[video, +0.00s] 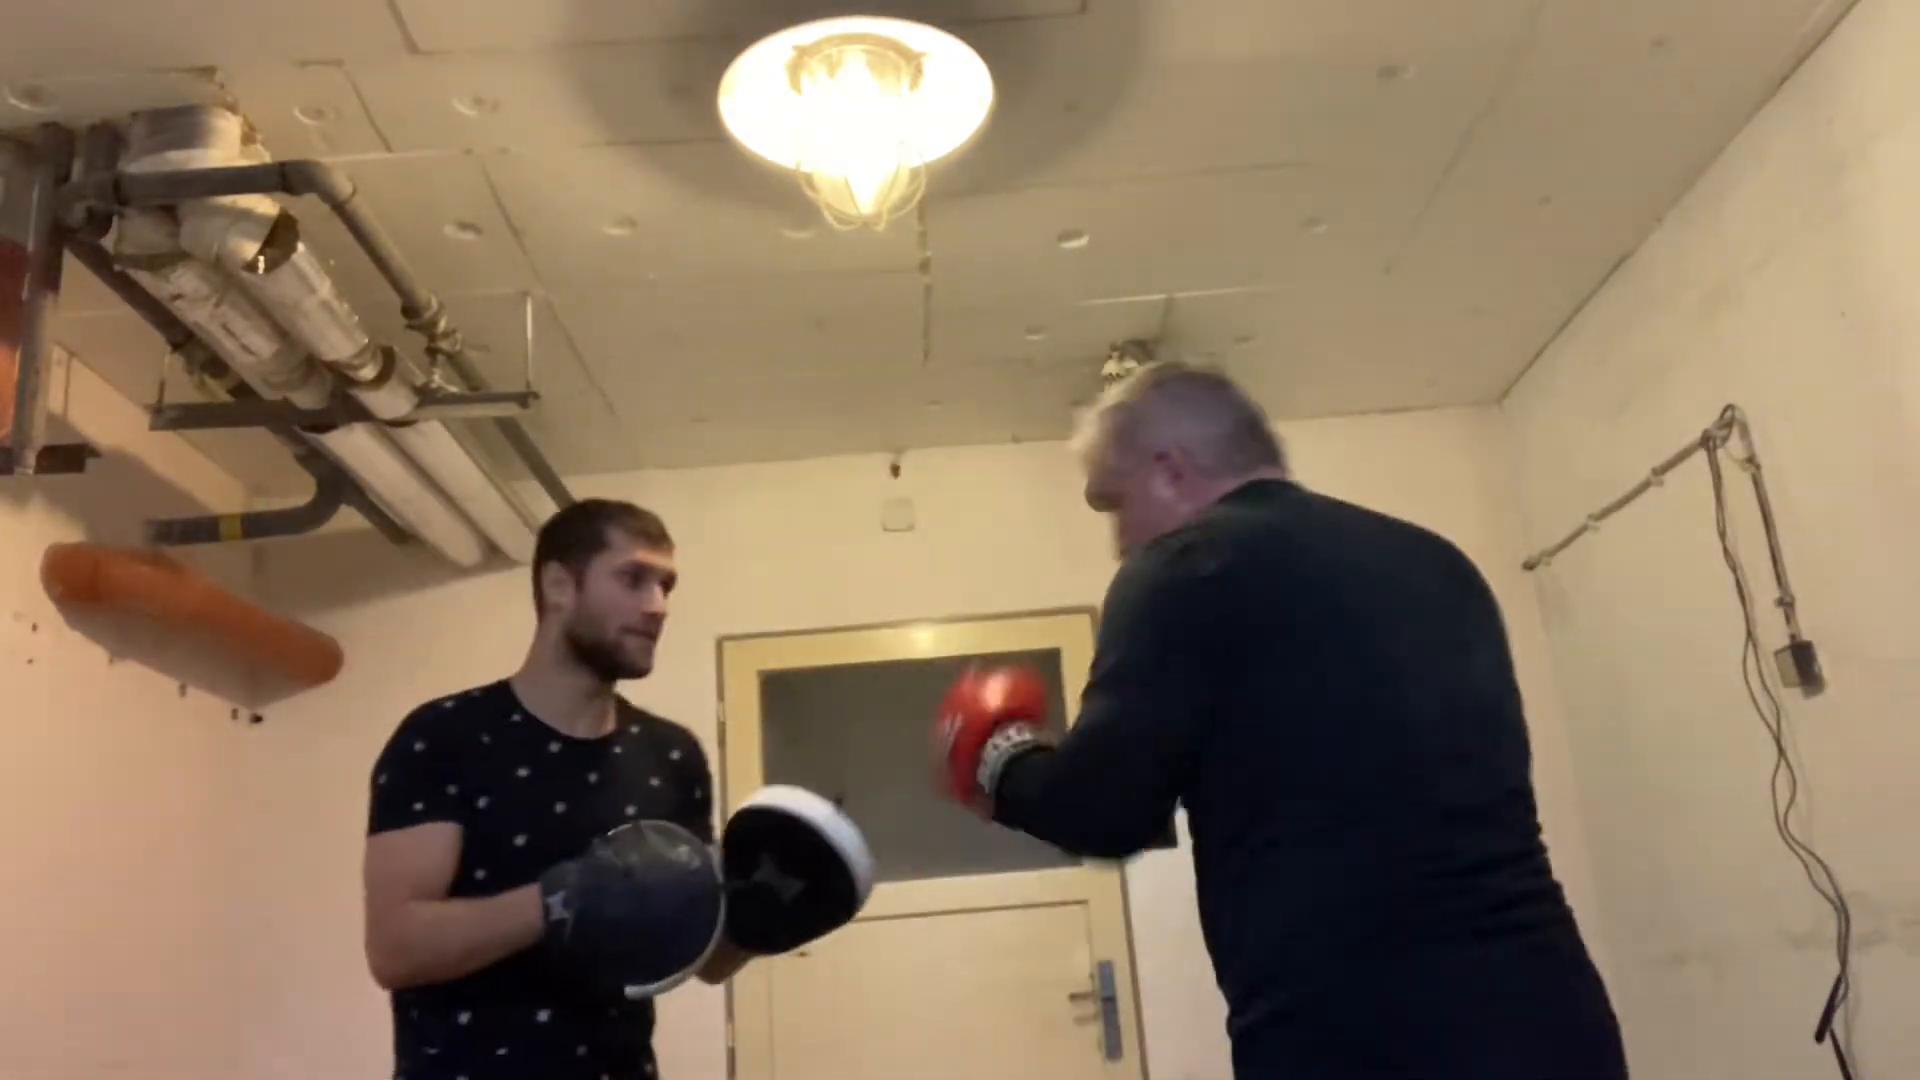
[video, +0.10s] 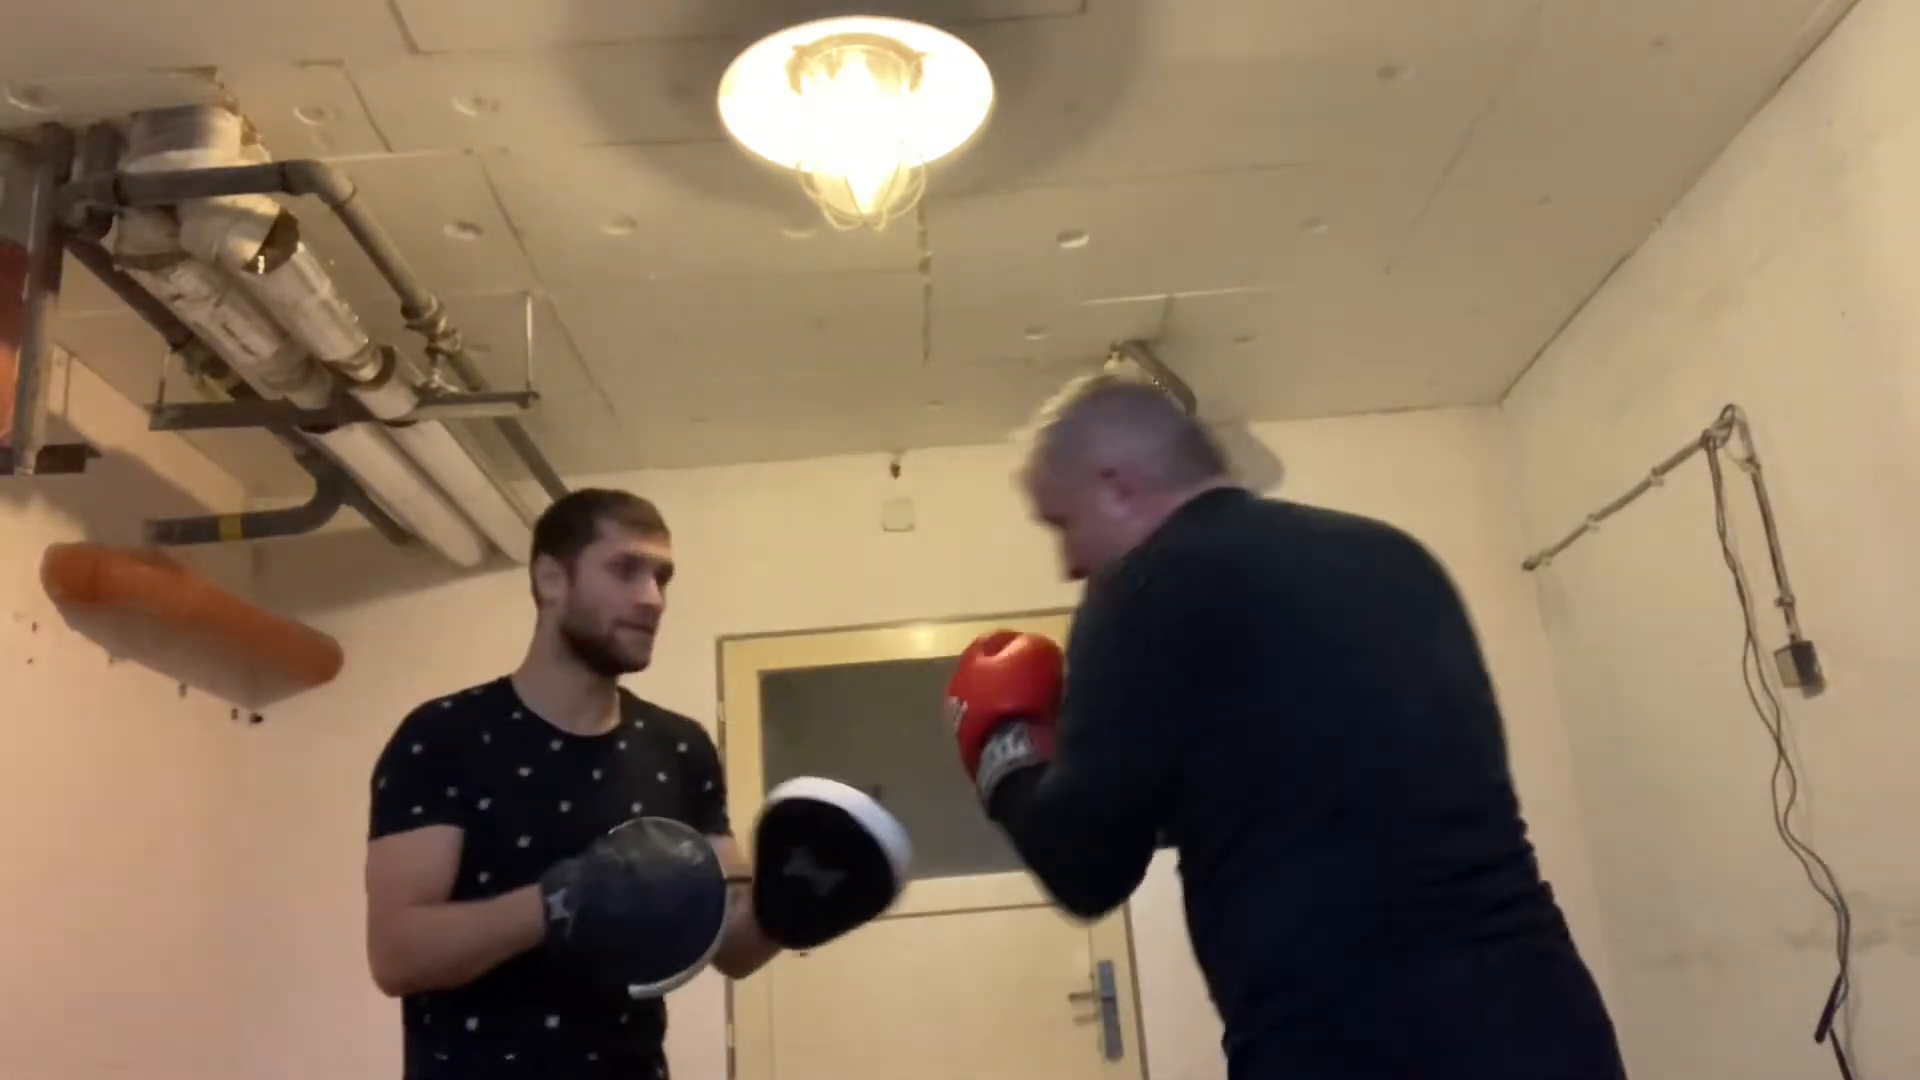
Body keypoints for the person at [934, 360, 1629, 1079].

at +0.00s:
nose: (1118, 546)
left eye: (1113, 508)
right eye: (1107, 516)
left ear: (1170, 473)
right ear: (1262, 458)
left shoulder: (1178, 577)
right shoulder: (1437, 560)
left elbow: (1112, 805)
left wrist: (999, 759)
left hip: (1331, 1030)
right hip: (1544, 1014)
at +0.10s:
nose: (1065, 562)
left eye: (1059, 526)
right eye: (1053, 533)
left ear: (1118, 490)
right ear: (1199, 468)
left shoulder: (1145, 602)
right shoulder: (1394, 553)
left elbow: (1088, 871)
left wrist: (1007, 752)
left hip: (1328, 1036)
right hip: (1539, 1016)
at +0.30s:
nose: (974, 592)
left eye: (968, 553)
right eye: (960, 560)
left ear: (1035, 516)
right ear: (1125, 487)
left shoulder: (1068, 643)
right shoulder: (1314, 548)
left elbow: (1051, 937)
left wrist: (958, 828)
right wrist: (1045, 774)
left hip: (1313, 1046)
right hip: (1535, 1020)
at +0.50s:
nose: (1026, 539)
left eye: (1030, 495)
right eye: (1019, 504)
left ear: (1106, 473)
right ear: (1123, 474)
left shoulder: (1127, 598)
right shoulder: (1363, 559)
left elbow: (1104, 882)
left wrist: (964, 836)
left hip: (1323, 1041)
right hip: (1534, 1022)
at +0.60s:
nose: (1087, 535)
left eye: (1099, 493)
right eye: (1087, 500)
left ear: (1181, 478)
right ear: (1213, 479)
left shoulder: (1192, 601)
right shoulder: (1411, 580)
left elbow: (1159, 830)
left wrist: (994, 832)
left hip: (1352, 1046)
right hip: (1553, 1033)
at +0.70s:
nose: (1169, 547)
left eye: (1186, 510)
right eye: (1169, 515)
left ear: (1274, 503)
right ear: (1311, 507)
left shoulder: (1275, 617)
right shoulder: (1476, 617)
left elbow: (1246, 827)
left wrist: (1059, 838)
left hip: (1405, 1053)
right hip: (1592, 1041)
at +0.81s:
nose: (1243, 554)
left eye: (1263, 517)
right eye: (1243, 524)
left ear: (1356, 513)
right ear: (1372, 518)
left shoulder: (1354, 631)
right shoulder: (1530, 636)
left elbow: (1366, 840)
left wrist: (1166, 834)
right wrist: (1301, 787)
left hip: (1482, 1054)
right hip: (1647, 1042)